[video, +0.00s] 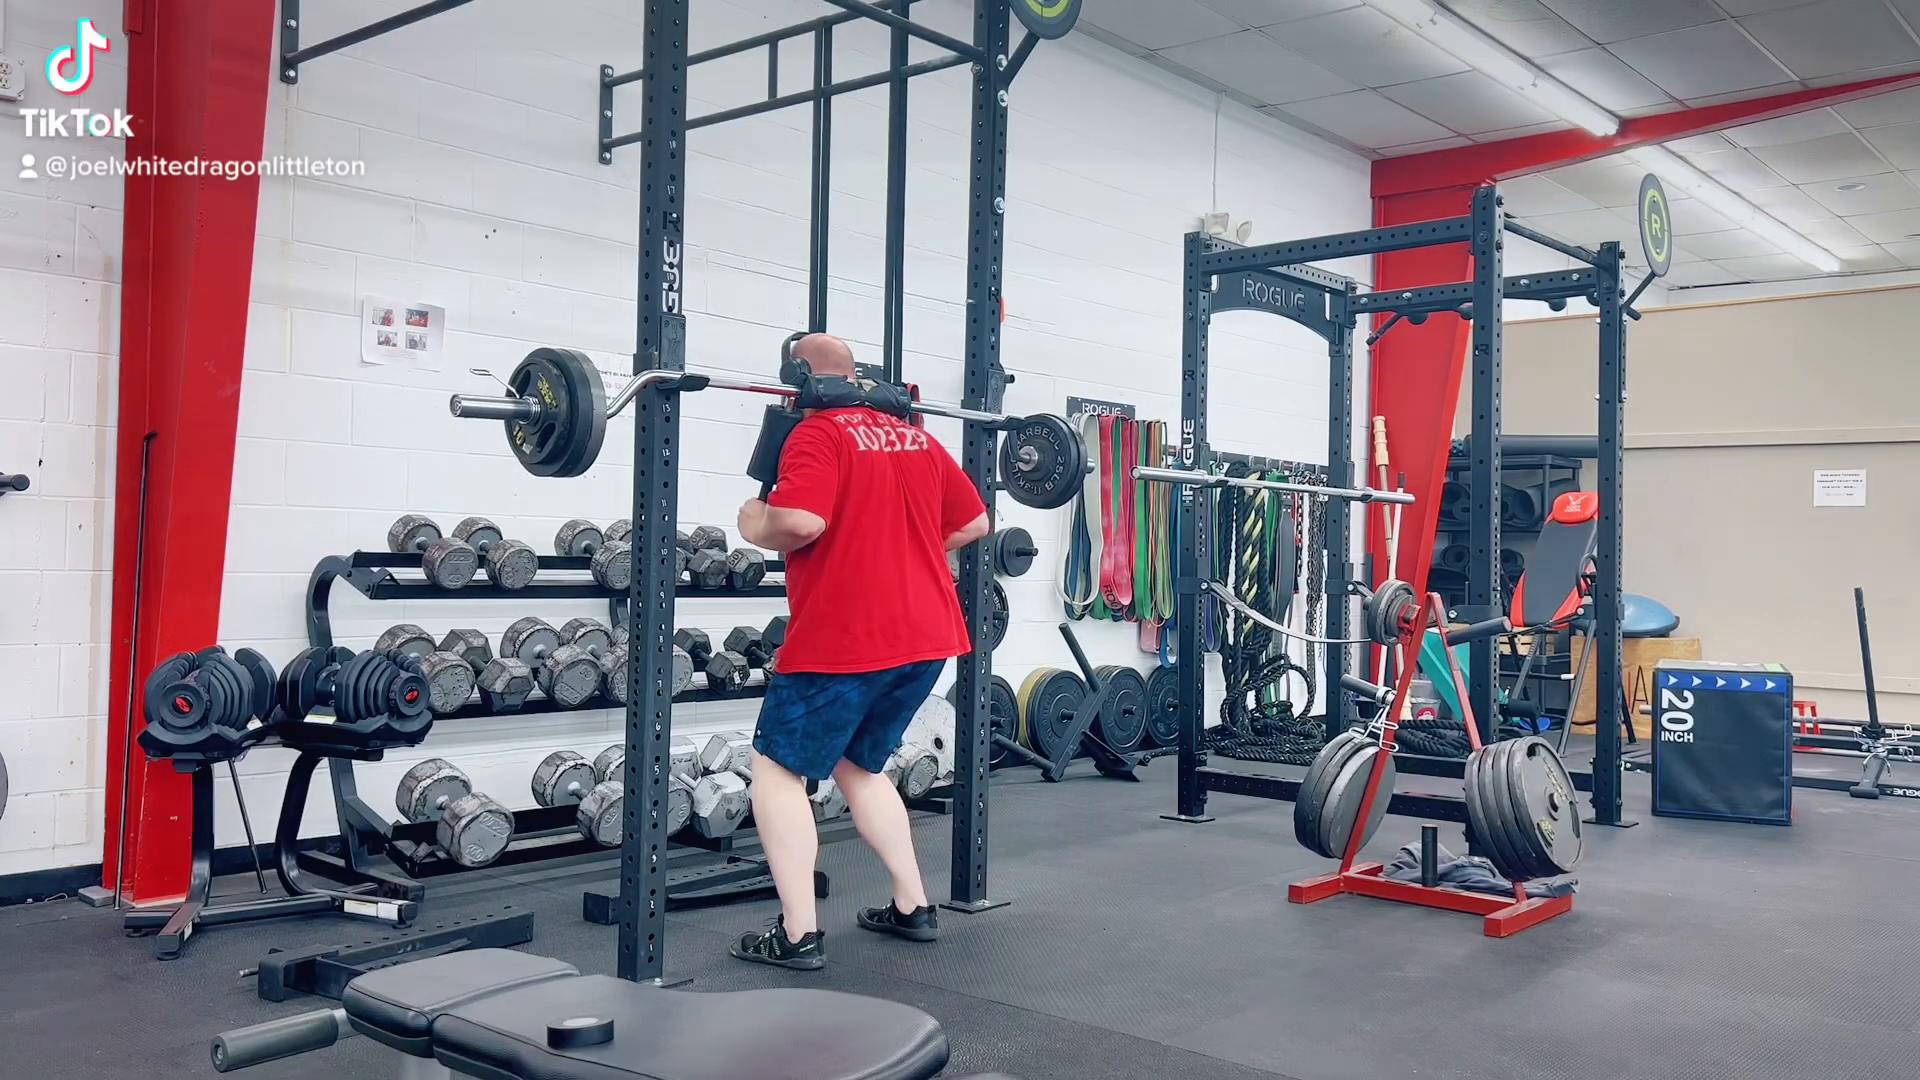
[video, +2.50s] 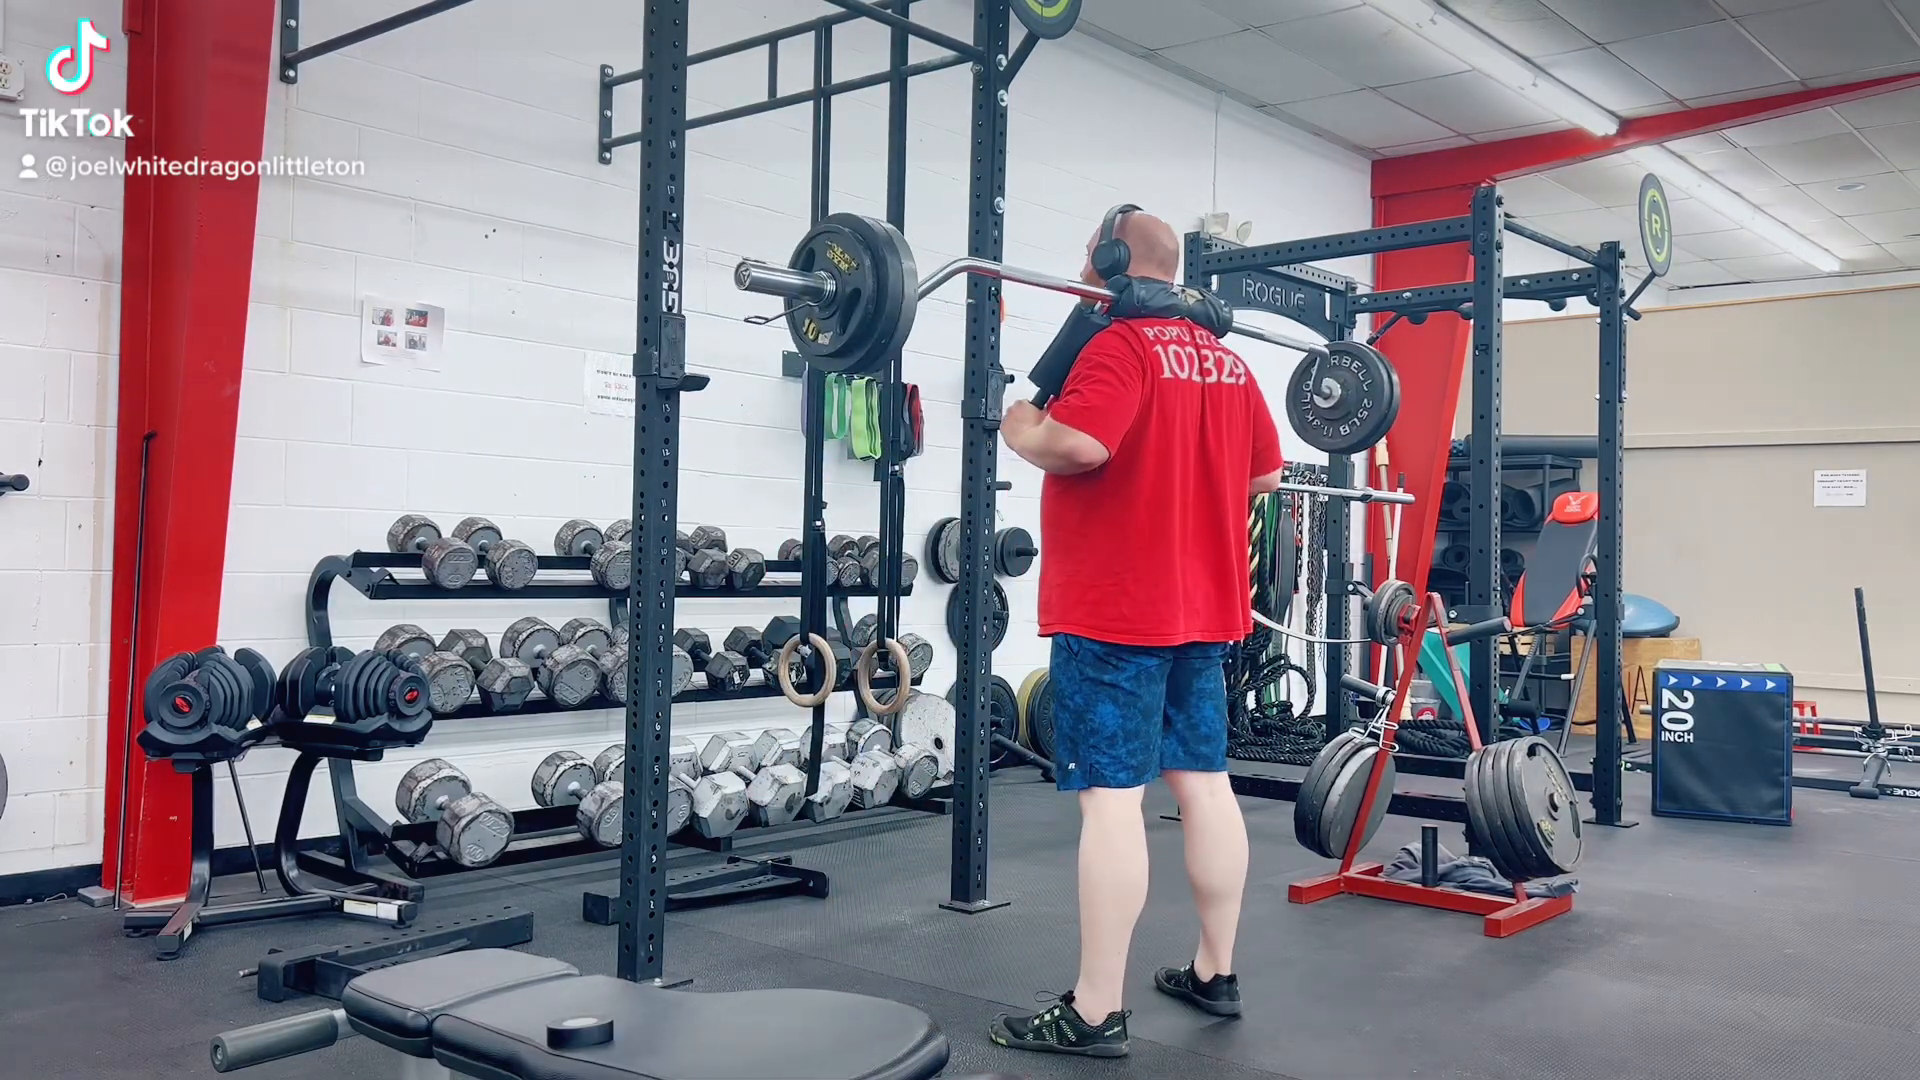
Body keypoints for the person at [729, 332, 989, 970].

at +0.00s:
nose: (786, 394)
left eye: (786, 381)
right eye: (788, 380)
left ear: (799, 383)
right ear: (854, 375)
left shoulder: (818, 432)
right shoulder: (912, 433)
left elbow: (802, 521)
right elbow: (973, 521)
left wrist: (756, 522)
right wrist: (909, 545)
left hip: (846, 631)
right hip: (928, 632)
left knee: (777, 765)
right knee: (859, 763)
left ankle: (800, 933)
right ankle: (913, 906)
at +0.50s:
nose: (789, 331)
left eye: (790, 320)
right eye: (790, 319)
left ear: (804, 321)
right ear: (860, 314)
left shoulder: (819, 378)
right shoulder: (911, 382)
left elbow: (776, 466)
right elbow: (955, 477)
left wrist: (739, 436)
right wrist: (886, 493)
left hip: (822, 594)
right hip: (899, 591)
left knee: (811, 750)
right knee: (885, 737)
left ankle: (804, 931)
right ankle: (910, 905)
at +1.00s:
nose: (887, 322)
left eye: (889, 312)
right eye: (891, 309)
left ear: (905, 318)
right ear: (965, 317)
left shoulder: (914, 383)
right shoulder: (1009, 390)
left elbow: (872, 477)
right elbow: (1041, 487)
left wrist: (830, 444)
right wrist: (967, 480)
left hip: (907, 605)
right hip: (977, 603)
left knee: (894, 759)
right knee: (931, 756)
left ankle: (962, 924)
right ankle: (912, 901)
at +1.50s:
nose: (1053, 298)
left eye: (1052, 287)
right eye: (1056, 285)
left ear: (1067, 288)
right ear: (1131, 280)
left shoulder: (1092, 349)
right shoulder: (1191, 357)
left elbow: (1067, 454)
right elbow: (1230, 472)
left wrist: (1002, 432)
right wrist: (1142, 472)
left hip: (1091, 598)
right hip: (1177, 598)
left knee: (1036, 766)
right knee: (1146, 765)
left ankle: (1036, 974)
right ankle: (1167, 964)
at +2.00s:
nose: (1068, 291)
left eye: (1070, 278)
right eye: (1069, 277)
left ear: (1088, 278)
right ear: (1153, 271)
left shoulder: (1114, 341)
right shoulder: (1220, 353)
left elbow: (1083, 441)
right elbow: (1263, 466)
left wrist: (1021, 429)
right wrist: (1183, 493)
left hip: (1120, 604)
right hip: (1207, 603)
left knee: (1116, 795)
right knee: (1194, 781)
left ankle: (1109, 1008)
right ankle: (1216, 974)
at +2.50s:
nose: (1086, 286)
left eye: (1088, 274)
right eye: (1089, 274)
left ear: (1104, 277)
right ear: (1175, 275)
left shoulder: (1119, 343)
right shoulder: (1228, 360)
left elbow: (1084, 444)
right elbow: (1265, 471)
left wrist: (1025, 427)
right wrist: (1180, 478)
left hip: (1117, 608)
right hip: (1207, 609)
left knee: (1111, 796)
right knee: (1204, 780)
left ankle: (1095, 1009)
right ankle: (1217, 974)